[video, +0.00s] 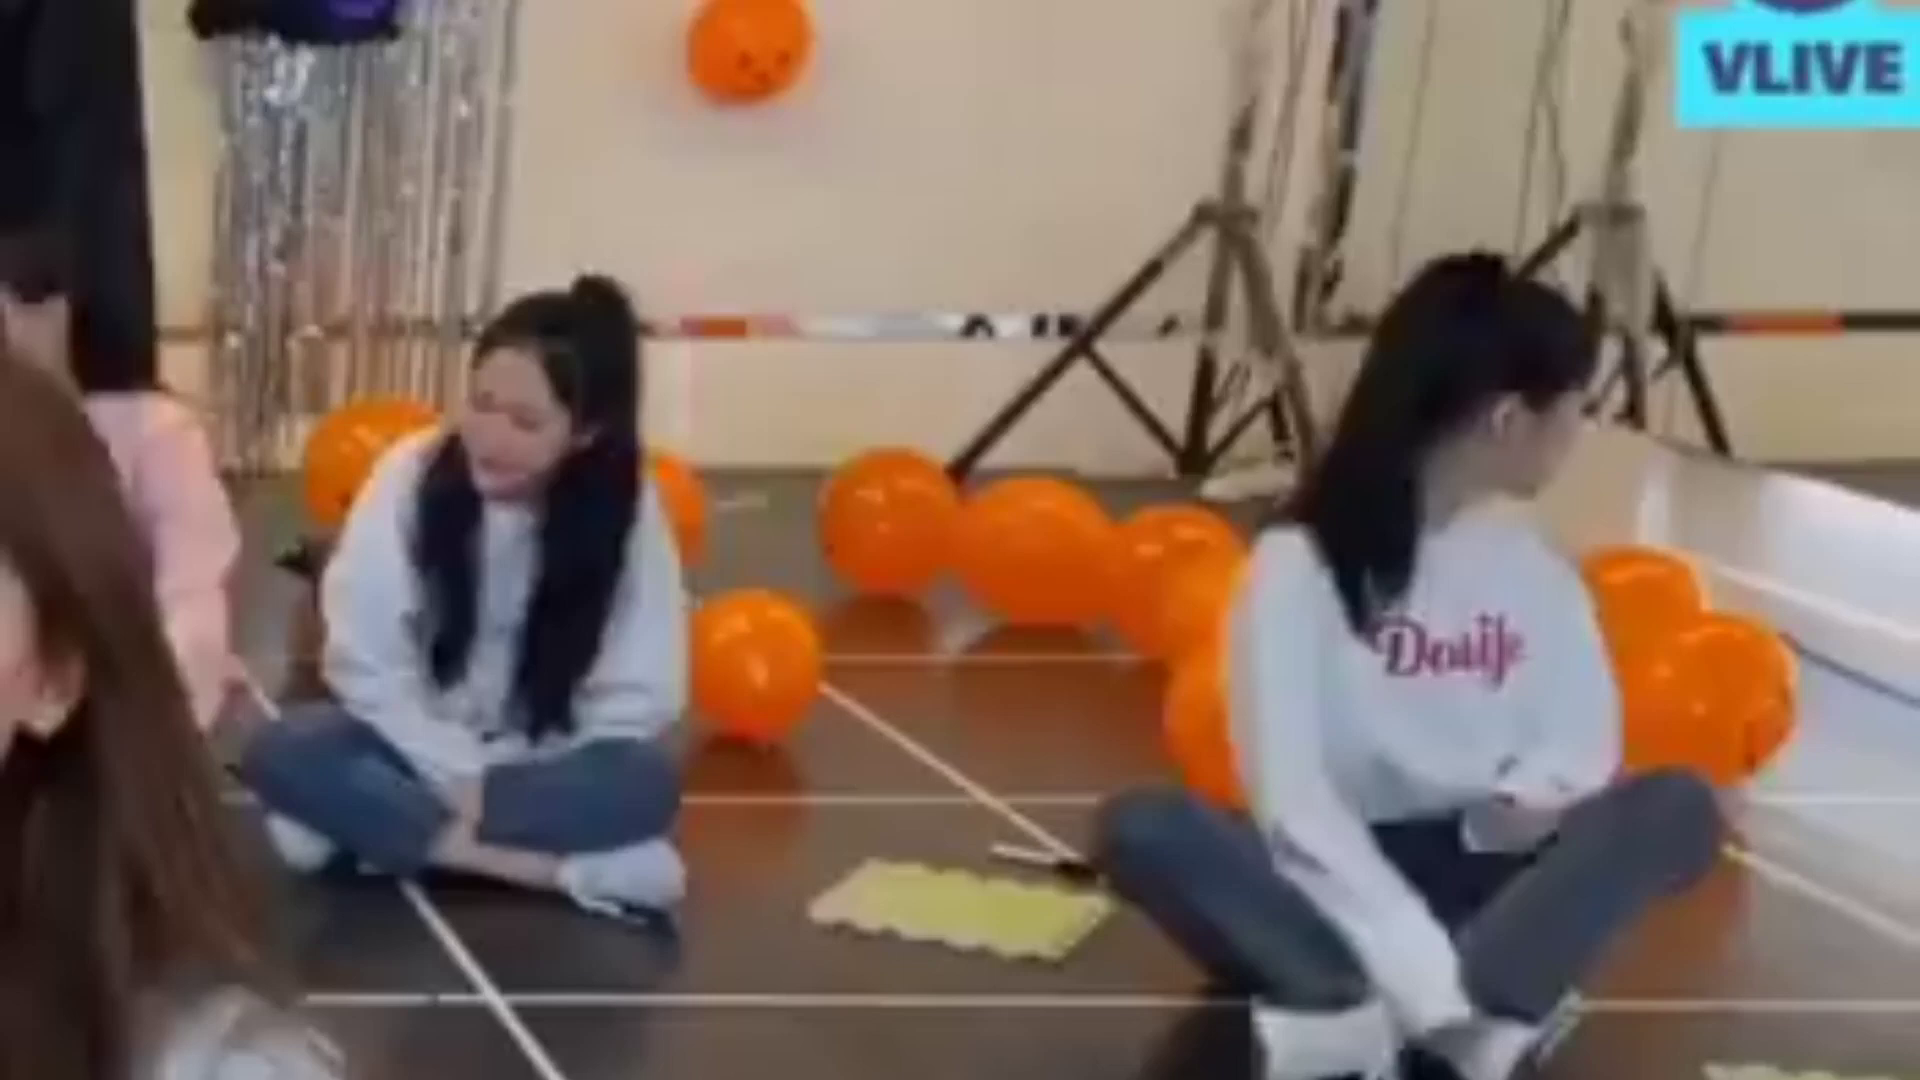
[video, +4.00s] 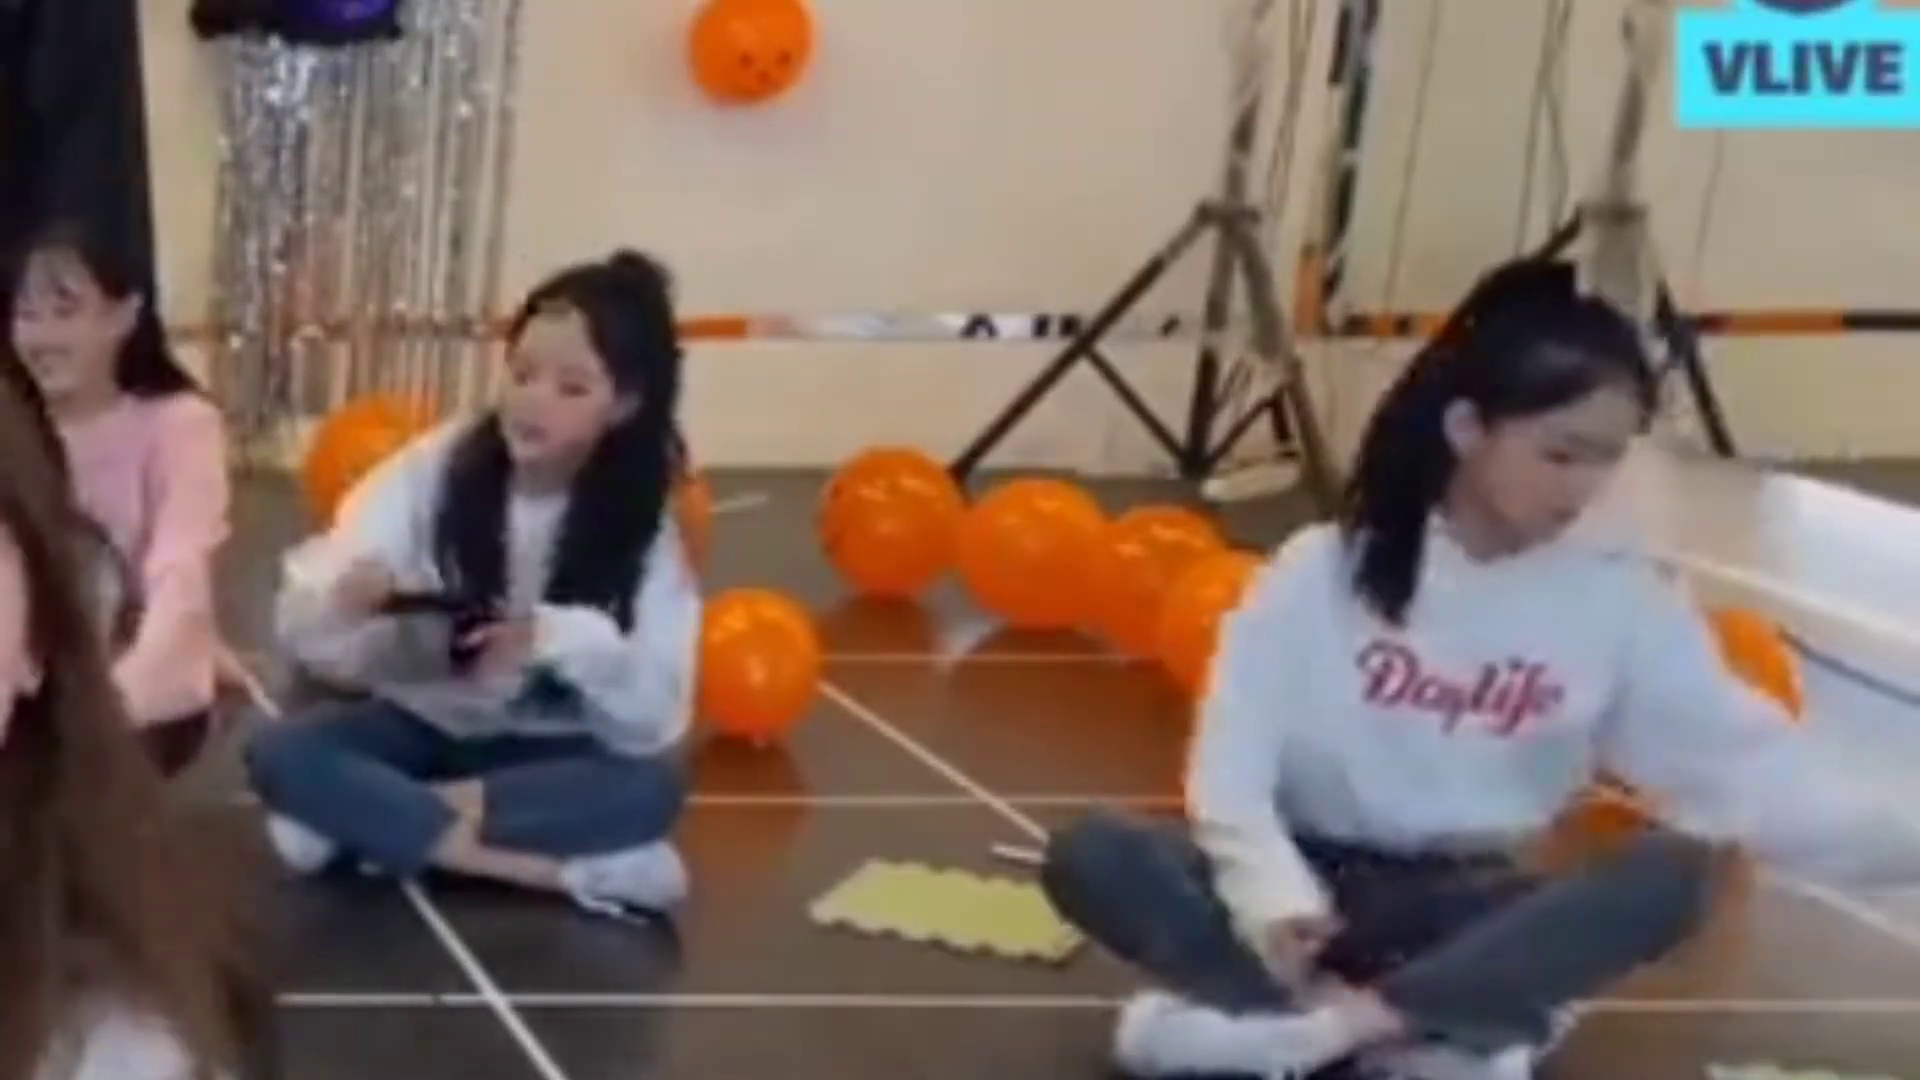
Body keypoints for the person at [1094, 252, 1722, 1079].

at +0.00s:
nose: (1577, 436)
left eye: (1581, 411)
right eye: (1574, 410)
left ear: (1499, 422)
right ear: (1505, 419)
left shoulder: (1528, 561)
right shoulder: (1298, 558)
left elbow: (1584, 731)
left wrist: (1536, 800)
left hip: (1490, 859)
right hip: (1337, 861)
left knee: (1679, 808)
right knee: (1141, 826)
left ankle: (1380, 1041)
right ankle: (1456, 1043)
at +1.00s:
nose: (1565, 481)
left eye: (1571, 455)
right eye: (1556, 454)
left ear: (1464, 450)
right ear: (1461, 448)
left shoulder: (1545, 576)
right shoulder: (1256, 579)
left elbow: (1584, 754)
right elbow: (1236, 798)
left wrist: (1401, 845)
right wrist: (1328, 906)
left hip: (1470, 875)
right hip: (1296, 872)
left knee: (1635, 804)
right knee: (1112, 862)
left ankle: (1330, 1016)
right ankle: (1422, 1030)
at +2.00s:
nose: (1803, 546)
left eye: (1812, 522)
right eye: (1788, 521)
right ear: (1688, 502)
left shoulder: (1740, 678)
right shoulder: (1488, 557)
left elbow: (1865, 831)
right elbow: (1376, 759)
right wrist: (1357, 949)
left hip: (1517, 893)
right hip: (1371, 851)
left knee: (1694, 899)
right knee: (1122, 822)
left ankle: (1330, 1040)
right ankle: (1404, 1045)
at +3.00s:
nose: (1804, 537)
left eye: (1815, 511)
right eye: (1794, 508)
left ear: (1707, 485)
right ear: (1700, 481)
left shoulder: (1750, 651)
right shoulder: (1476, 557)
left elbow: (1883, 789)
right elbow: (1370, 764)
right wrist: (1354, 958)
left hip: (1515, 892)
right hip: (1364, 857)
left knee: (1696, 900)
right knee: (1143, 793)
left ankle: (1320, 1041)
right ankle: (1400, 1050)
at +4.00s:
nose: (1585, 491)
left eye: (1609, 464)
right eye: (1563, 457)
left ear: (1629, 454)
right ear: (1464, 427)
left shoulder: (1619, 603)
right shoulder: (1319, 571)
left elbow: (1751, 773)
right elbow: (1229, 770)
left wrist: (1902, 829)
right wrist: (1286, 917)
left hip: (1469, 906)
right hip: (1300, 882)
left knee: (1670, 879)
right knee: (1086, 851)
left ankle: (1310, 1038)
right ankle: (1399, 1044)